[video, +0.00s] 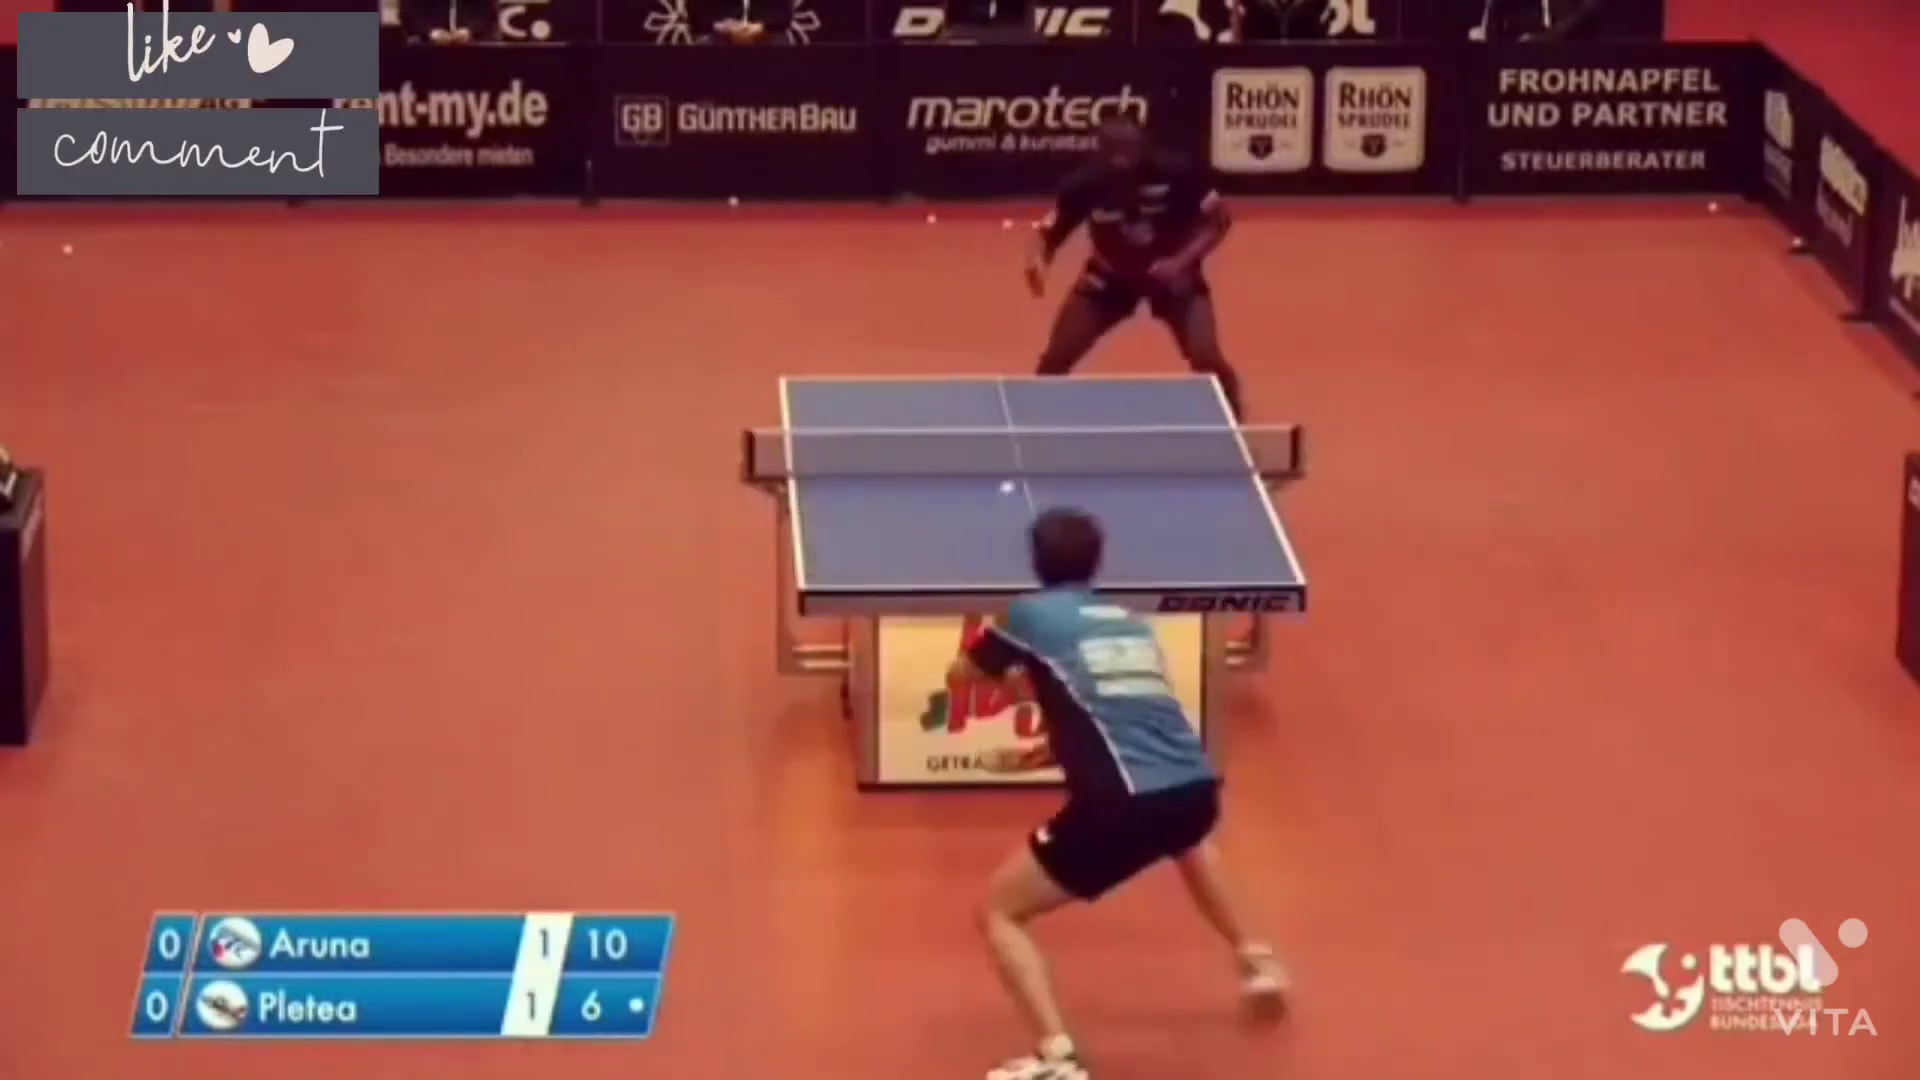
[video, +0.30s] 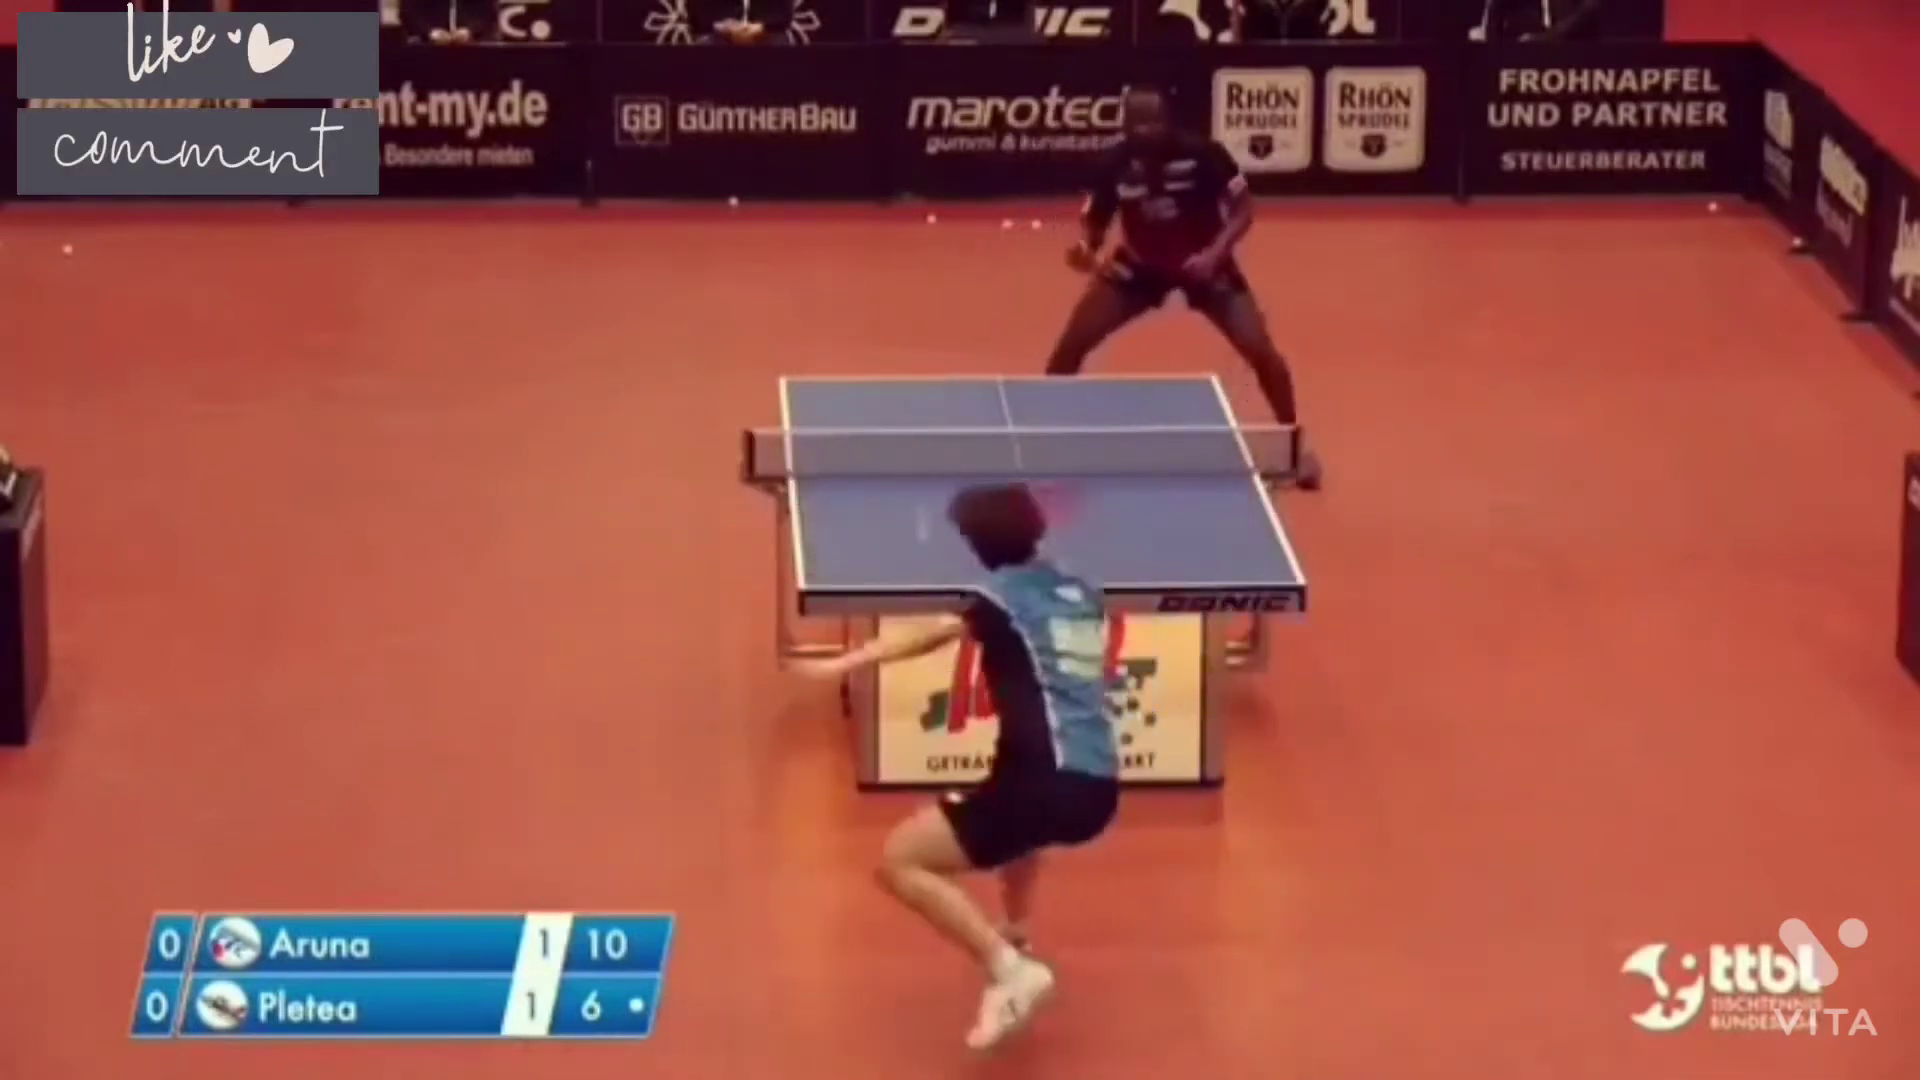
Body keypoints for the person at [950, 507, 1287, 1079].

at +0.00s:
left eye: (1038, 553)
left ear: (1037, 562)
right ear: (1096, 562)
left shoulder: (1030, 615)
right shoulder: (1128, 621)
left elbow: (963, 674)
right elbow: (1121, 718)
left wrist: (1000, 654)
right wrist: (1036, 752)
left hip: (1121, 808)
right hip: (1196, 797)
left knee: (998, 910)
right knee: (1189, 844)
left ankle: (1056, 1050)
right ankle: (1252, 955)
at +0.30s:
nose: (966, 544)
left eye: (968, 537)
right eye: (965, 534)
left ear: (978, 544)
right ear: (1034, 532)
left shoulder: (995, 597)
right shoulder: (1085, 594)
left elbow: (926, 636)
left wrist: (842, 663)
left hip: (1037, 791)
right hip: (1098, 793)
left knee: (900, 860)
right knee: (1016, 827)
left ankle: (1008, 971)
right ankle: (1016, 943)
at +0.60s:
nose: (930, 629)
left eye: (931, 621)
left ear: (933, 631)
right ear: (989, 631)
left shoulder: (925, 692)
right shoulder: (1025, 701)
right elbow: (1065, 767)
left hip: (960, 886)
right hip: (1032, 881)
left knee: (831, 817)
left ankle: (905, 946)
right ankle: (1008, 929)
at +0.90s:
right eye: (1008, 493)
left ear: (954, 495)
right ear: (1012, 502)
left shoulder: (916, 547)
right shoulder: (1029, 578)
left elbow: (845, 571)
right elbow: (1040, 657)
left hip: (894, 745)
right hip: (980, 753)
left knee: (831, 784)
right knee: (1061, 782)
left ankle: (759, 892)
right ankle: (1067, 930)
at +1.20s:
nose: (793, 410)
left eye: (795, 401)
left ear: (800, 408)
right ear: (857, 402)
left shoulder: (795, 462)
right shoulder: (897, 459)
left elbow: (749, 472)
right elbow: (952, 470)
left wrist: (757, 457)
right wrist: (960, 427)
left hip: (834, 661)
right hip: (913, 659)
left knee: (742, 743)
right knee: (989, 779)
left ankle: (721, 883)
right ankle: (1059, 904)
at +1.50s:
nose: (716, 457)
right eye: (716, 450)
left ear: (661, 469)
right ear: (721, 462)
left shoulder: (643, 551)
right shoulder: (758, 524)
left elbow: (576, 611)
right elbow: (841, 554)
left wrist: (615, 601)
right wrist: (857, 469)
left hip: (703, 725)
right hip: (787, 718)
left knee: (617, 796)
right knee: (877, 786)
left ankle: (568, 928)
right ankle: (949, 907)